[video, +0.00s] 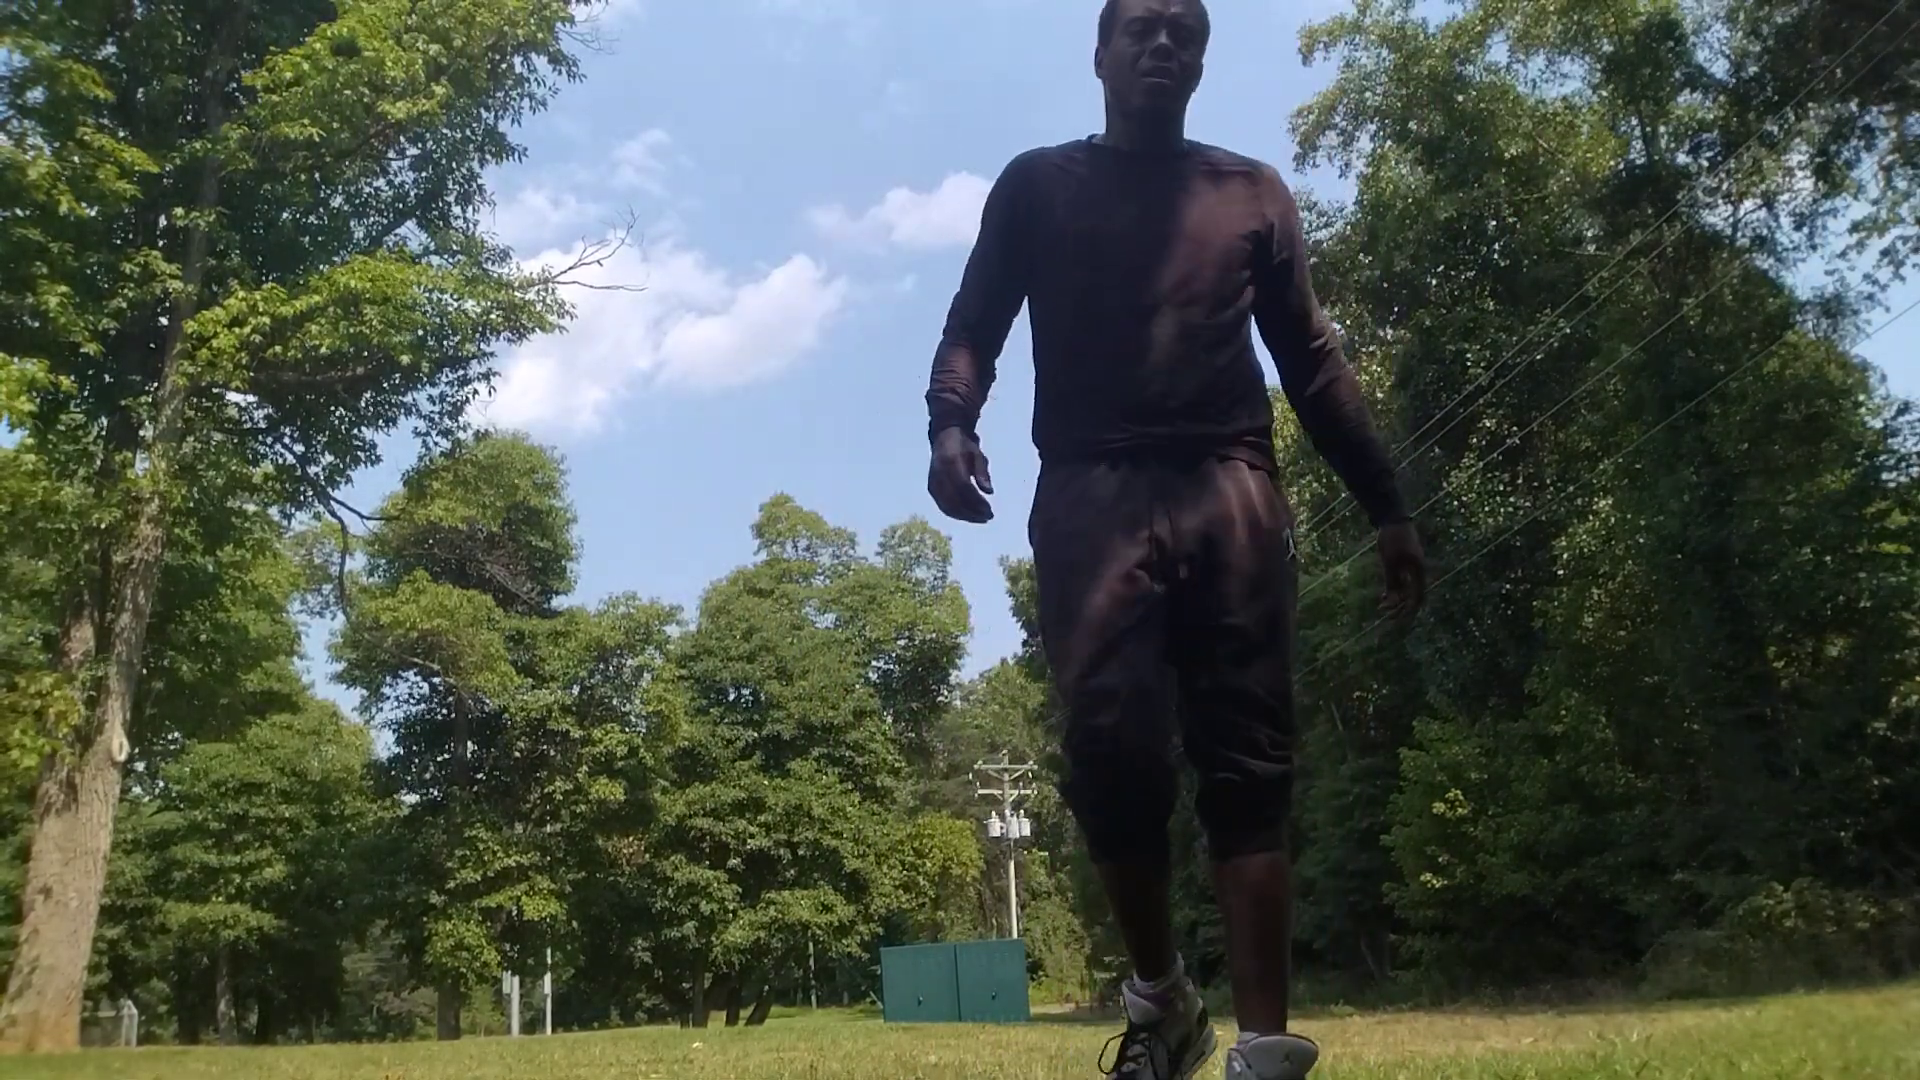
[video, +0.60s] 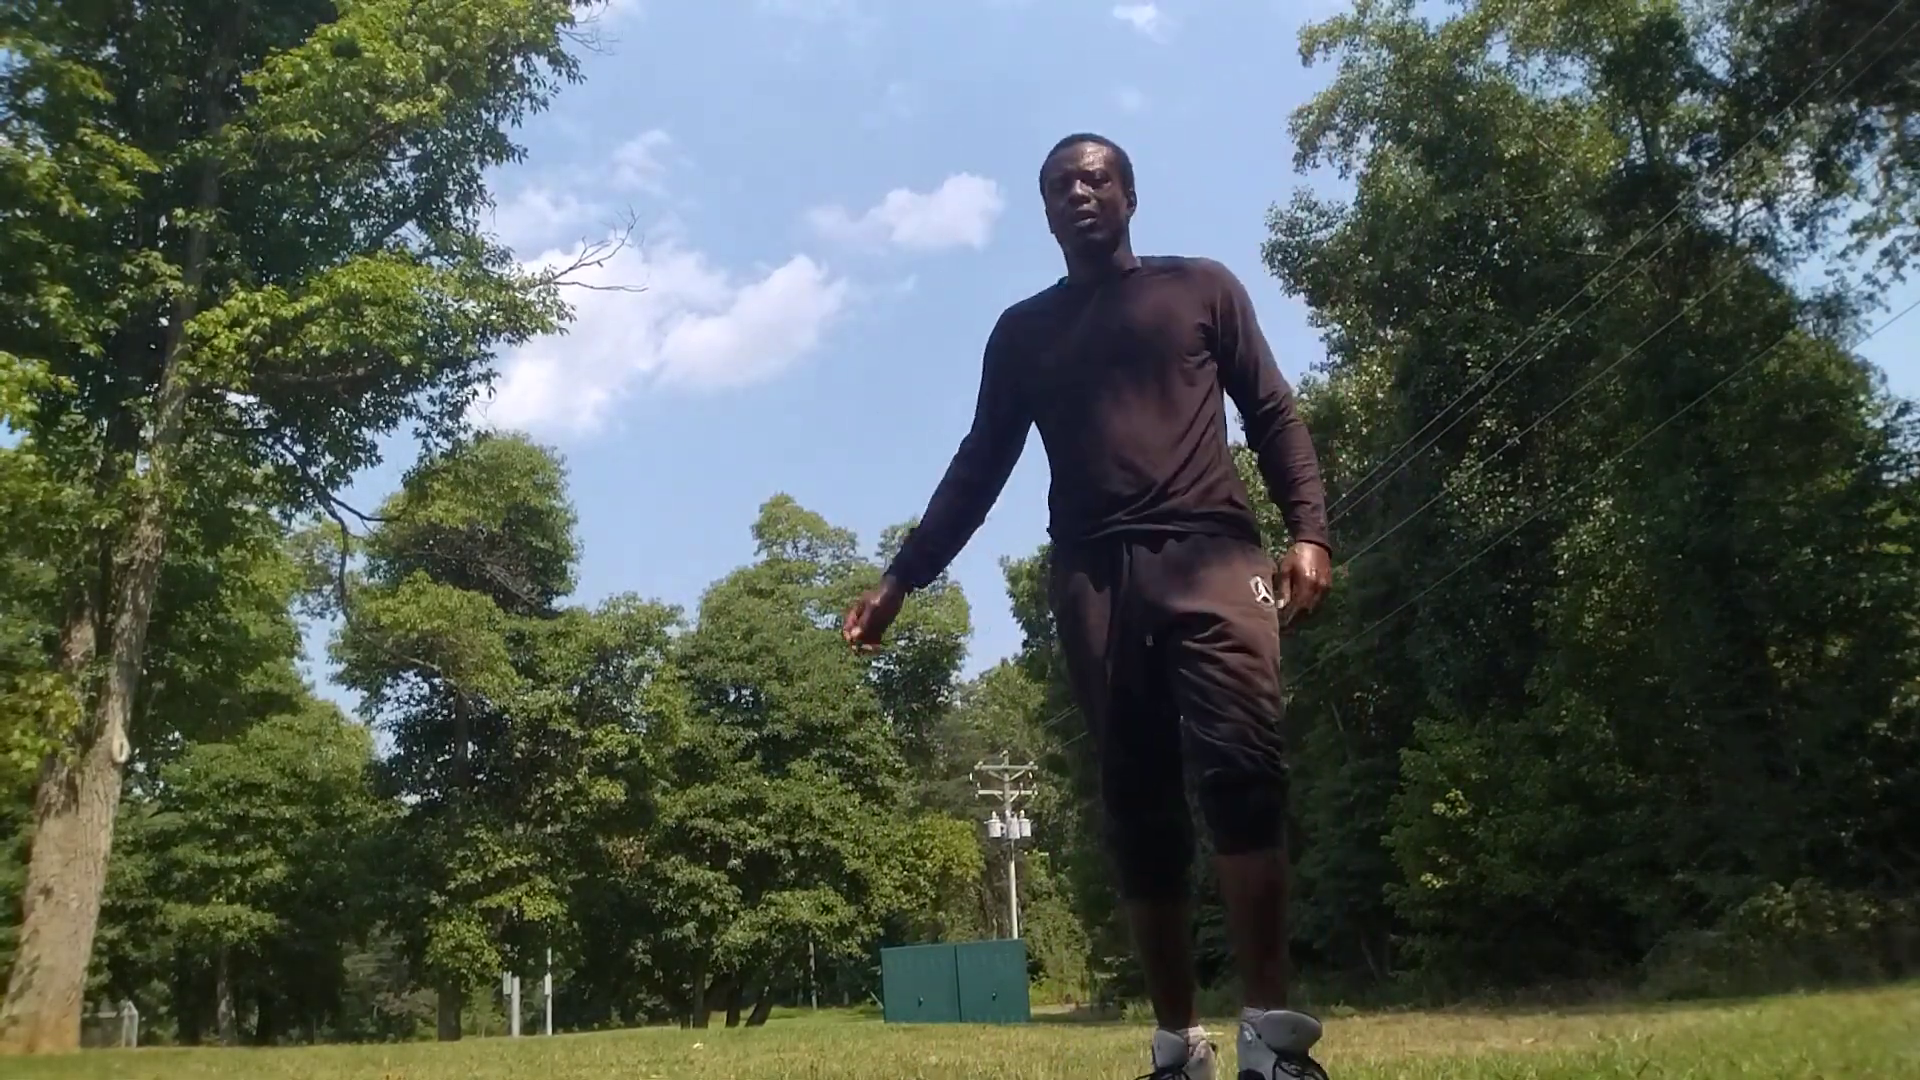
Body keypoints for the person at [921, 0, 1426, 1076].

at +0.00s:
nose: (1164, 46)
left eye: (1184, 34)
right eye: (1143, 29)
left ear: (1202, 61)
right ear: (1102, 50)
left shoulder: (1253, 191)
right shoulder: (1035, 185)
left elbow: (1314, 363)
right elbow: (971, 332)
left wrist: (1391, 511)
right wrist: (949, 421)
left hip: (1232, 492)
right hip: (1089, 497)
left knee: (1249, 767)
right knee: (1110, 749)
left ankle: (1266, 1045)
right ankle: (1155, 1000)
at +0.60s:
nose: (1080, 193)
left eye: (1097, 178)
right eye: (1063, 184)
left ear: (1131, 198)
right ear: (1045, 210)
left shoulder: (1203, 287)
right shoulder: (1023, 331)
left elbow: (1275, 414)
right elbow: (978, 467)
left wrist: (1309, 530)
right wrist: (897, 579)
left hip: (1212, 550)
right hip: (1094, 572)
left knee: (1243, 770)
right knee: (1136, 801)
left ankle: (1271, 1027)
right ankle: (1176, 1040)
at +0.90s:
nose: (1097, 233)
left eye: (1115, 218)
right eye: (1085, 225)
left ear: (1157, 236)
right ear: (1077, 251)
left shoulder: (1223, 304)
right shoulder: (1077, 366)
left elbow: (1311, 413)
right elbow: (1077, 504)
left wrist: (1349, 529)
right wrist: (1034, 622)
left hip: (1230, 572)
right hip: (1124, 590)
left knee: (1257, 781)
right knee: (1151, 810)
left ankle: (1353, 999)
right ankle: (1181, 1049)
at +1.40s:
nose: (1253, 298)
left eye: (1267, 283)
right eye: (1239, 287)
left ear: (1301, 292)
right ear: (1224, 304)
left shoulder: (1362, 372)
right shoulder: (1210, 406)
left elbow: (1435, 485)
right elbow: (1197, 520)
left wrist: (1450, 601)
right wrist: (1162, 610)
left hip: (1363, 619)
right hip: (1261, 628)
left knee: (1386, 821)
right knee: (1243, 809)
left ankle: (1400, 1042)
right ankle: (1268, 1029)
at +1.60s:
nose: (1294, 315)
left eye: (1308, 300)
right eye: (1280, 304)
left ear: (1340, 308)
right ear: (1265, 319)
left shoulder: (1403, 393)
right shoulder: (1246, 420)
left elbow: (1474, 509)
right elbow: (1222, 529)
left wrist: (1531, 628)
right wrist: (1170, 620)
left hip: (1395, 628)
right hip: (1299, 642)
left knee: (1400, 826)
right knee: (1311, 831)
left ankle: (1404, 1042)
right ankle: (1431, 992)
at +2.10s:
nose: (1354, 365)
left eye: (1368, 351)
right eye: (1343, 355)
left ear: (1403, 362)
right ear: (1333, 371)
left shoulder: (1458, 425)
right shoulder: (1338, 467)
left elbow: (1535, 520)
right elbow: (1345, 577)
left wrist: (1548, 625)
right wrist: (1320, 671)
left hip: (1473, 646)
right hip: (1407, 665)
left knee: (1457, 825)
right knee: (1490, 836)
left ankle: (1452, 1041)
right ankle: (1566, 1029)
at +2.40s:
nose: (1374, 364)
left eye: (1389, 352)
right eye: (1367, 357)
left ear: (1427, 364)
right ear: (1366, 377)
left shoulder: (1476, 417)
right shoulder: (1374, 471)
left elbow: (1561, 505)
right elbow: (1397, 583)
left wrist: (1563, 613)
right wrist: (1394, 677)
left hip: (1512, 641)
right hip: (1443, 665)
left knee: (1504, 813)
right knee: (1483, 830)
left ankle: (1595, 1012)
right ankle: (1556, 1025)